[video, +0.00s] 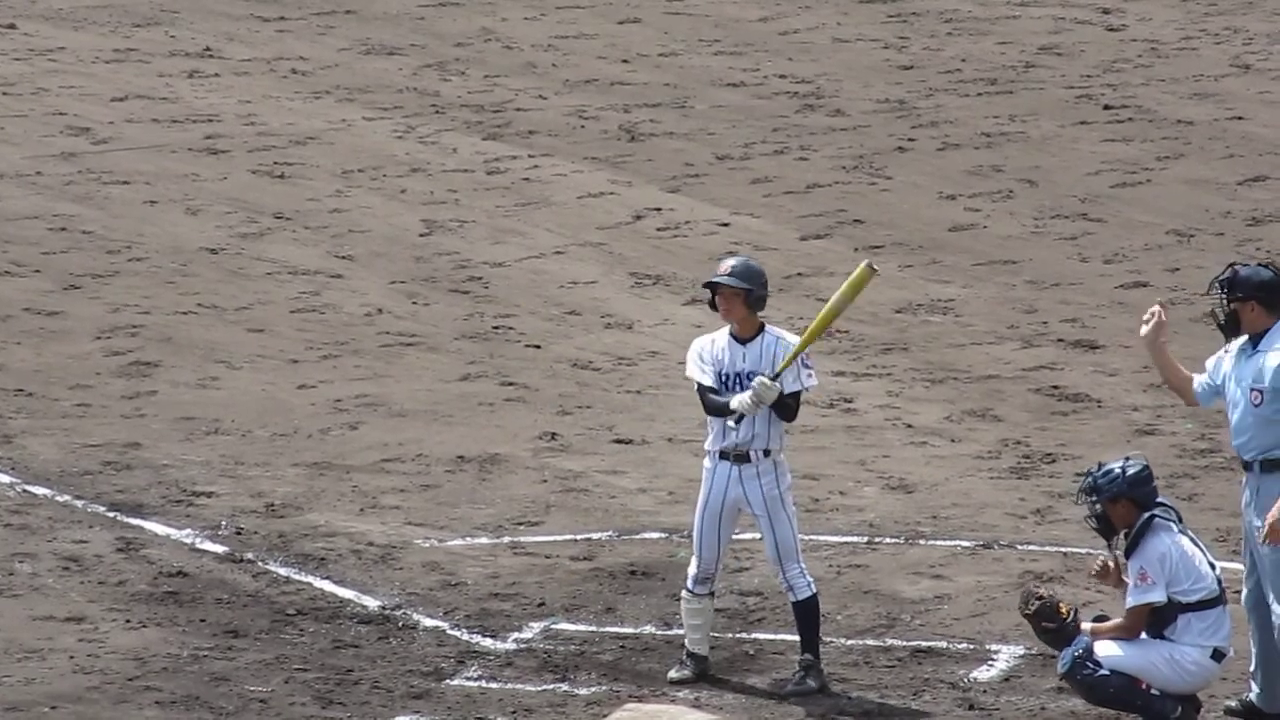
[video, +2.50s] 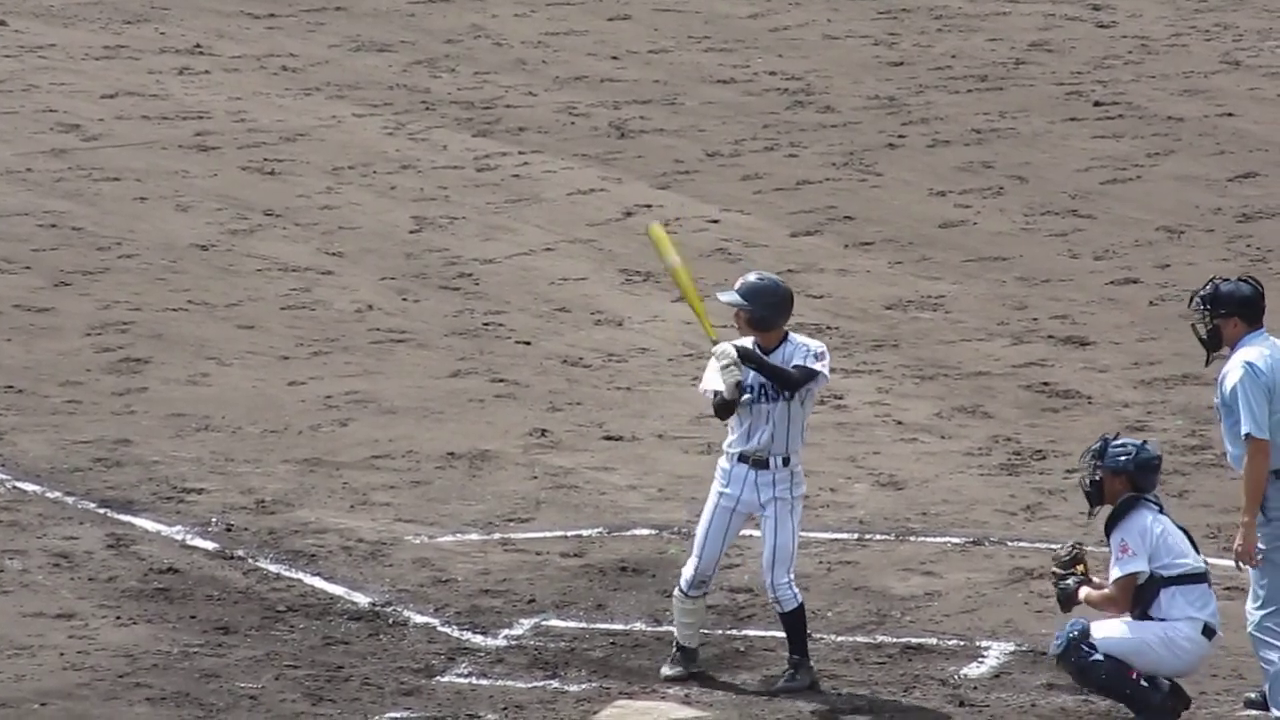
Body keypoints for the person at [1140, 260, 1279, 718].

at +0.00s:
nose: (1226, 309)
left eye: (1233, 302)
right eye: (1228, 302)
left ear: (1255, 306)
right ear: (1251, 306)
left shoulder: (1274, 352)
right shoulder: (1235, 352)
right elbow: (1194, 391)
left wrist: (1278, 505)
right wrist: (1156, 346)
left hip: (1275, 485)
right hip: (1253, 483)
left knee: (1277, 600)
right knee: (1258, 599)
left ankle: (1271, 696)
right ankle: (1265, 695)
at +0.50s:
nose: (1233, 304)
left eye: (1238, 298)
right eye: (1234, 297)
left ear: (1258, 306)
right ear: (1259, 305)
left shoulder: (1274, 351)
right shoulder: (1247, 345)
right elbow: (1228, 403)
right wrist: (1210, 350)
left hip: (1273, 478)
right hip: (1253, 475)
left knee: (1274, 593)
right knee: (1260, 593)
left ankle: (1273, 694)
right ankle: (1267, 692)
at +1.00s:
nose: (1230, 321)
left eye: (1233, 313)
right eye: (1229, 313)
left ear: (1253, 315)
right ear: (1261, 312)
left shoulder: (1272, 365)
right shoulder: (1264, 354)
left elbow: (1275, 448)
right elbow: (1259, 410)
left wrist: (1240, 509)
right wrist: (1232, 380)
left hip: (1266, 496)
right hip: (1254, 489)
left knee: (1266, 600)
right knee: (1260, 596)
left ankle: (1269, 694)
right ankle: (1264, 691)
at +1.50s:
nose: (1203, 345)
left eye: (1205, 336)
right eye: (1202, 336)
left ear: (1222, 334)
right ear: (1244, 327)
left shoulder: (1246, 380)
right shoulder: (1270, 356)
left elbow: (1267, 461)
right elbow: (1268, 456)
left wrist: (1255, 537)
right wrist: (1253, 516)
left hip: (1271, 527)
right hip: (1274, 521)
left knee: (1243, 630)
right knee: (1264, 621)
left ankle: (1275, 706)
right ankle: (1271, 699)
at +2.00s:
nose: (1192, 340)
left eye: (1196, 333)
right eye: (1192, 332)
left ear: (1212, 337)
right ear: (1233, 331)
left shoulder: (1233, 378)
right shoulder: (1261, 359)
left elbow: (1258, 458)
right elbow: (1266, 452)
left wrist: (1238, 523)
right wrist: (1264, 510)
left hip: (1275, 504)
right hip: (1274, 504)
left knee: (1273, 611)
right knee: (1272, 605)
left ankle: (1275, 696)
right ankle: (1274, 693)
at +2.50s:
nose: (1208, 324)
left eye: (1213, 317)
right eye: (1210, 316)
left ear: (1232, 322)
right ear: (1251, 318)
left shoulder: (1246, 368)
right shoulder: (1269, 349)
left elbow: (1259, 449)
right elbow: (1263, 447)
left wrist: (1248, 522)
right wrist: (1254, 517)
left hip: (1272, 502)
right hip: (1272, 496)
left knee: (1264, 616)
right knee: (1267, 605)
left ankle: (1277, 700)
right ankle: (1274, 691)